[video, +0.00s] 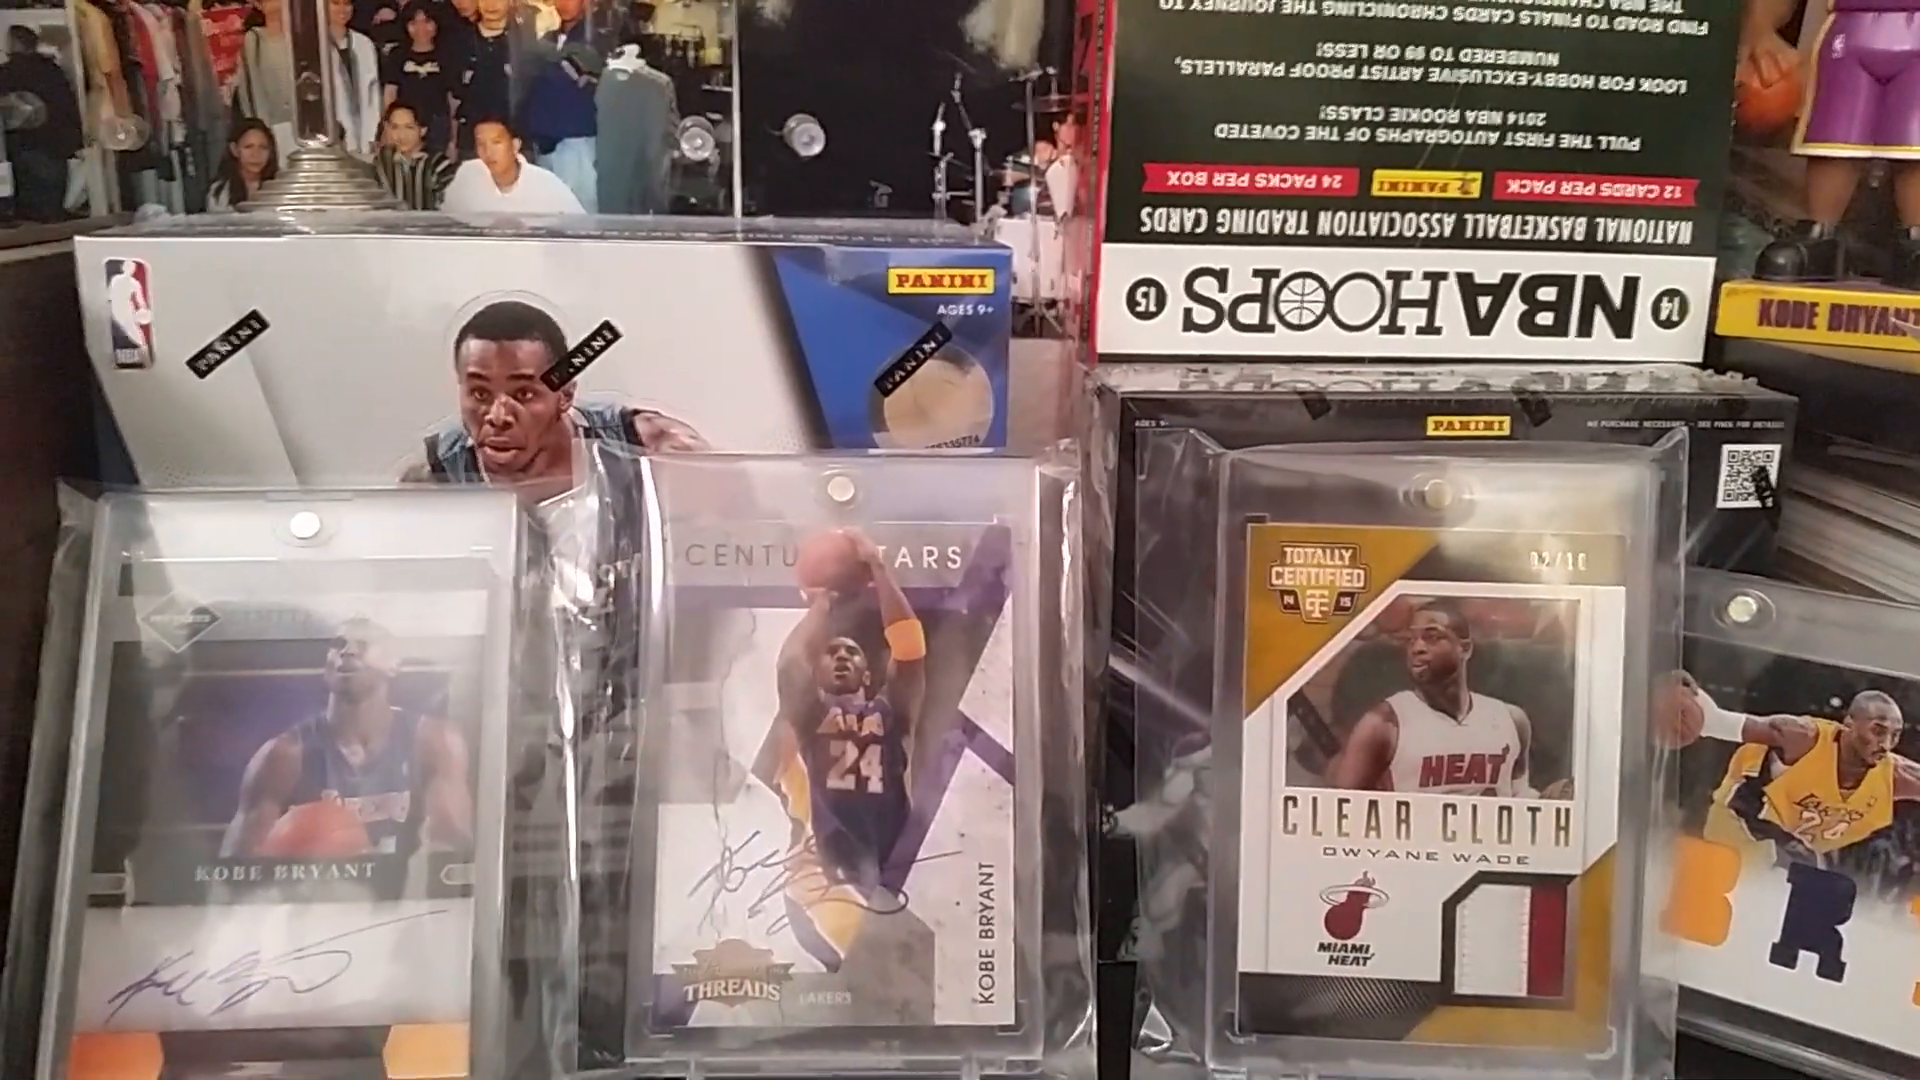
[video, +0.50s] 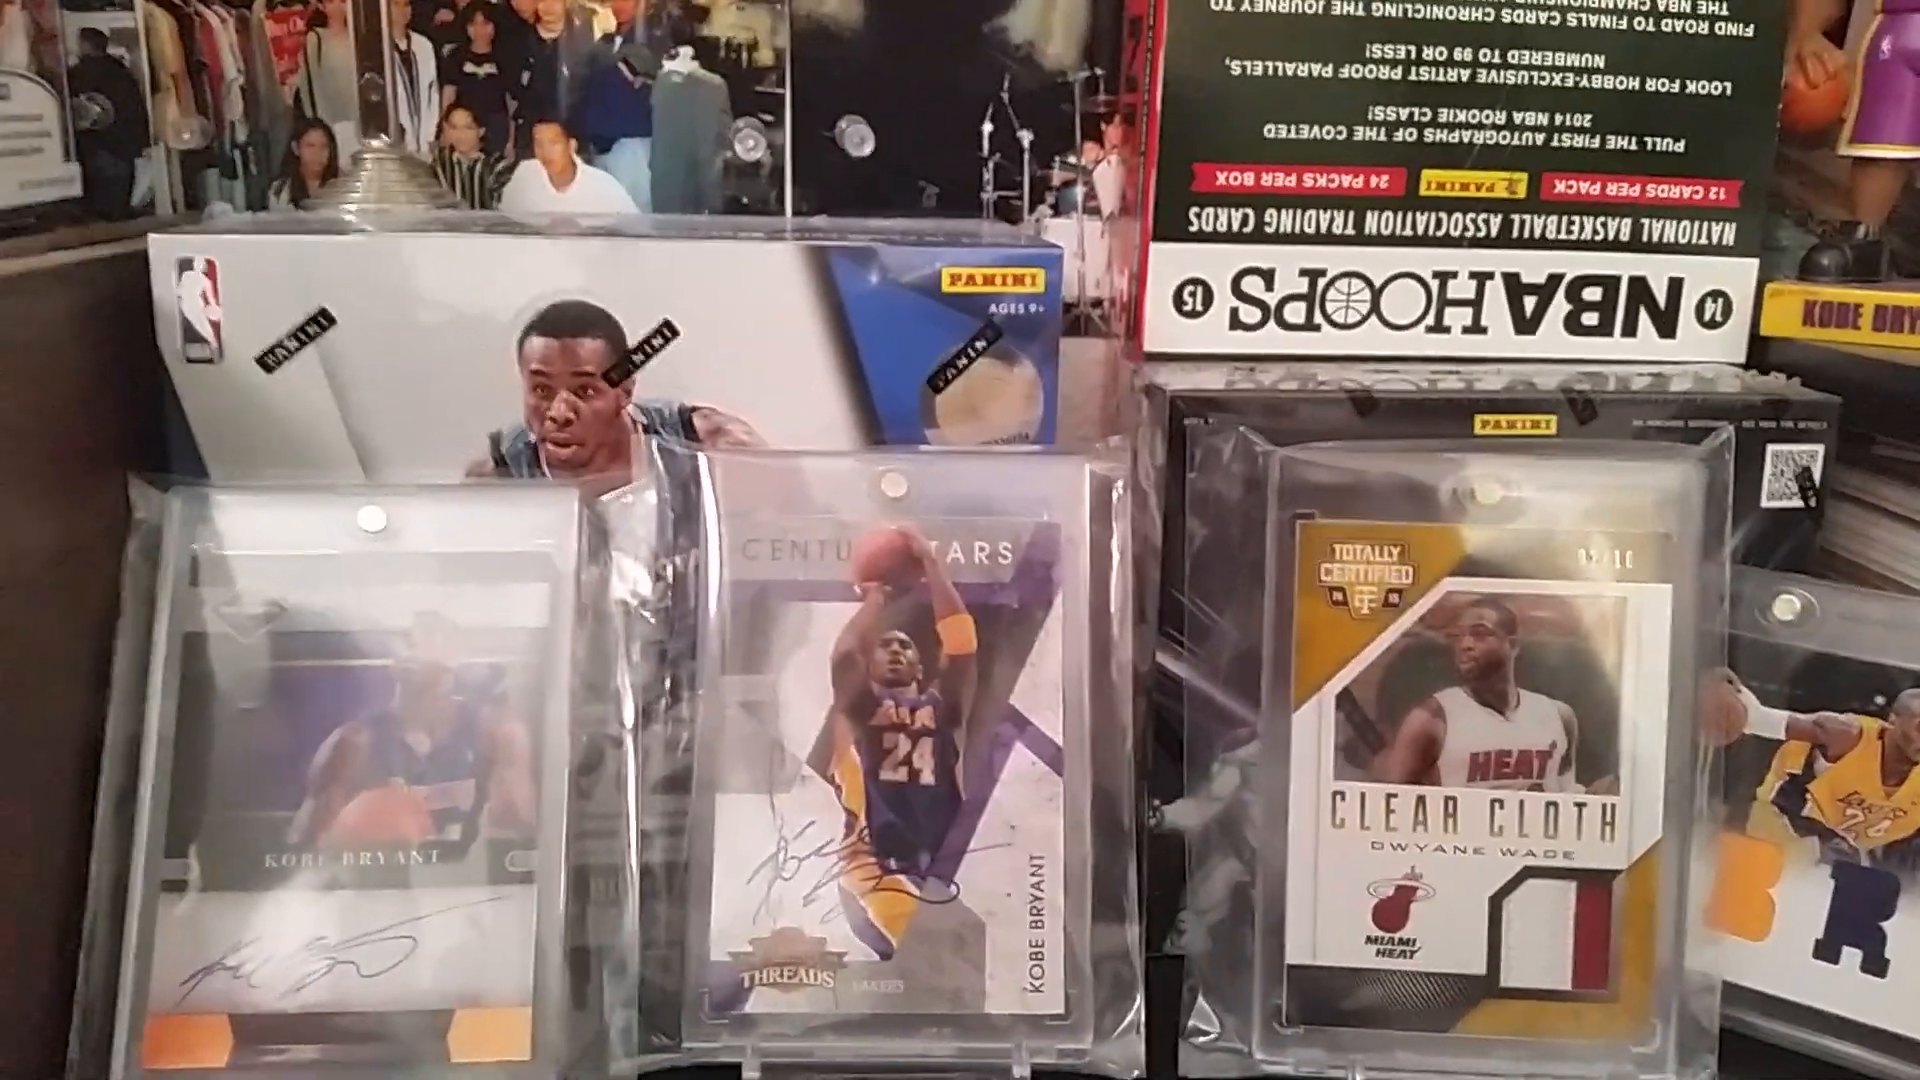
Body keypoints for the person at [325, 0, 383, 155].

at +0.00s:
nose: (344, 9)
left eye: (347, 4)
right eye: (336, 3)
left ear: (352, 8)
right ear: (324, 7)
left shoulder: (365, 44)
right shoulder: (316, 46)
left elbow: (374, 92)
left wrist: (371, 138)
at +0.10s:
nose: (352, 10)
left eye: (356, 4)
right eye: (345, 4)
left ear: (360, 8)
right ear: (334, 8)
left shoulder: (373, 44)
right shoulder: (327, 47)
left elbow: (383, 90)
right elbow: (326, 95)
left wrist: (381, 136)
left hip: (375, 141)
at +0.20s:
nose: (348, 11)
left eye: (352, 5)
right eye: (341, 5)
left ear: (357, 9)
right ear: (331, 8)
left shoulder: (370, 45)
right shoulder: (324, 48)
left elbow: (380, 91)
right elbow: (322, 96)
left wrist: (378, 136)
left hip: (372, 142)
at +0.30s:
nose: (356, 10)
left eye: (360, 4)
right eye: (350, 4)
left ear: (365, 8)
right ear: (339, 7)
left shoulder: (378, 44)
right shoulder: (331, 46)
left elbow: (387, 90)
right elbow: (331, 94)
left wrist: (385, 135)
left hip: (378, 139)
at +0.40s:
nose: (374, 10)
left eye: (380, 4)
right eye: (371, 4)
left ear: (387, 10)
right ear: (362, 9)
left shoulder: (402, 47)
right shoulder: (354, 48)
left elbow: (409, 96)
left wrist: (406, 139)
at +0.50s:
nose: (405, 10)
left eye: (407, 4)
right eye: (398, 4)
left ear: (410, 9)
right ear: (386, 10)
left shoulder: (425, 45)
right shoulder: (379, 49)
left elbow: (434, 91)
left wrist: (431, 133)